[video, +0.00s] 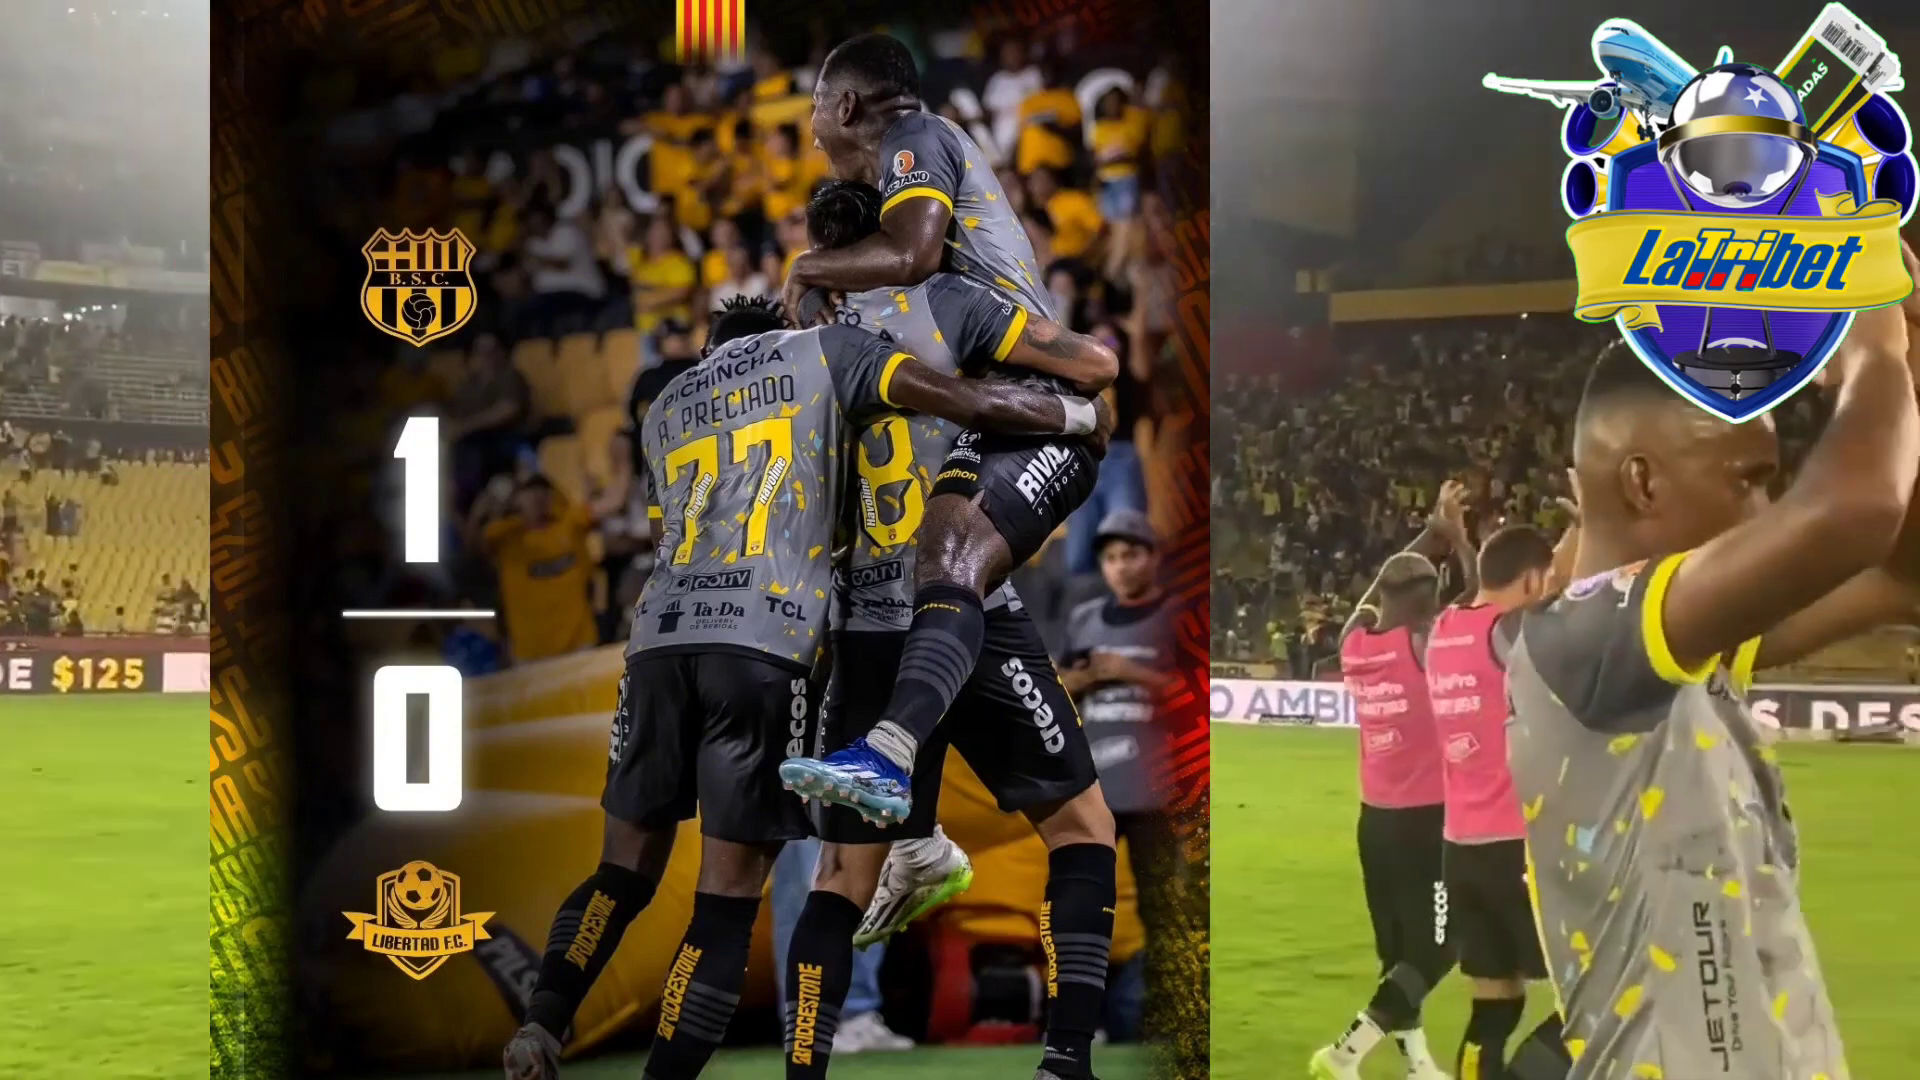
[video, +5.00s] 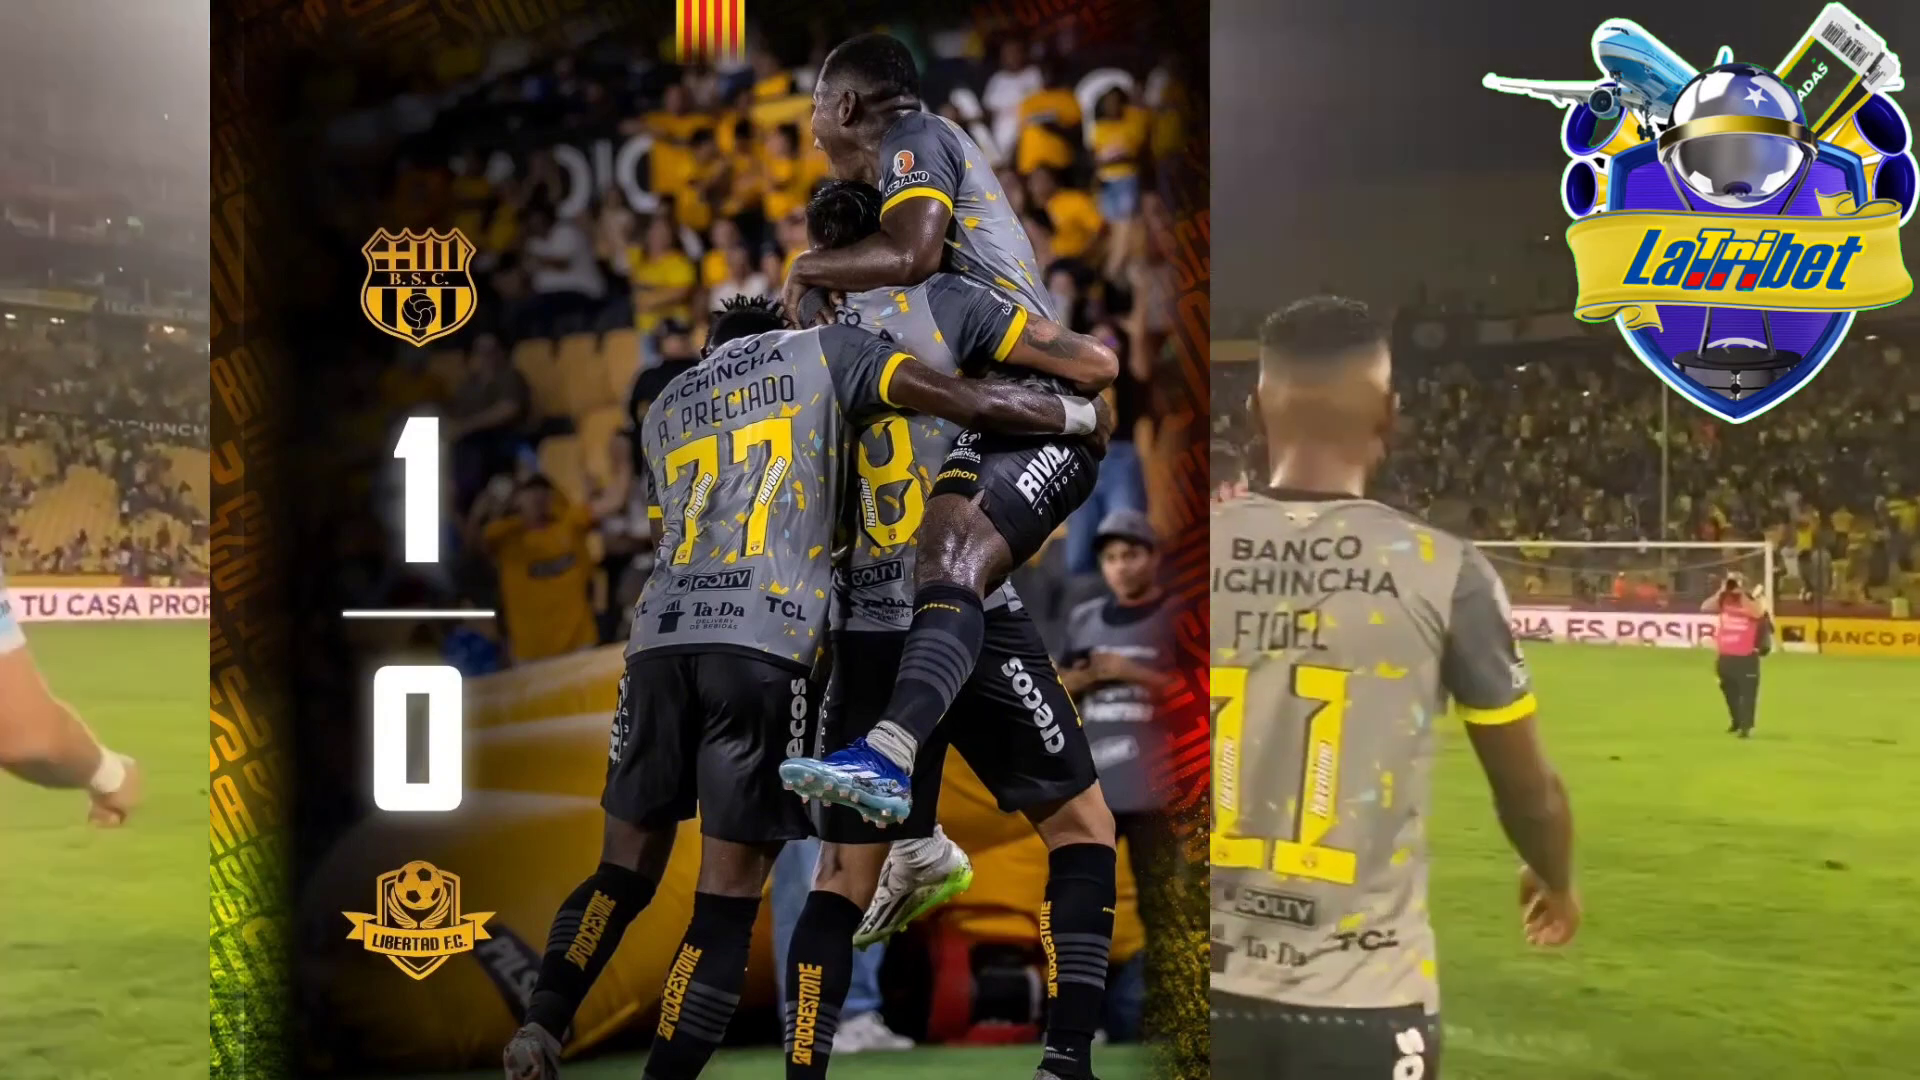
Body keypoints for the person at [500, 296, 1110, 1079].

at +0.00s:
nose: (828, 326)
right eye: (816, 319)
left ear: (709, 345)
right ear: (792, 324)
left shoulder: (661, 406)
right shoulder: (829, 348)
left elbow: (681, 519)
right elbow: (969, 399)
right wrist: (1087, 418)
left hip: (658, 648)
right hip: (762, 648)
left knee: (623, 865)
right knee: (728, 891)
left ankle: (542, 1027)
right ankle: (667, 1076)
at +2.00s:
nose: (826, 325)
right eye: (814, 319)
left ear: (709, 346)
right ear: (792, 324)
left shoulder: (660, 405)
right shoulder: (830, 348)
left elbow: (680, 520)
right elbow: (970, 400)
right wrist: (1088, 417)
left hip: (657, 648)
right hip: (762, 649)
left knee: (623, 865)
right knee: (727, 892)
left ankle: (542, 1028)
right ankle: (667, 1075)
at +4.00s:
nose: (828, 326)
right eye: (816, 319)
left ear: (709, 345)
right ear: (792, 324)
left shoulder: (661, 406)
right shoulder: (829, 348)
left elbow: (681, 519)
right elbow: (969, 399)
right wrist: (1087, 418)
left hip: (657, 648)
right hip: (762, 648)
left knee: (623, 866)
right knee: (728, 891)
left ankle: (542, 1027)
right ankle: (667, 1076)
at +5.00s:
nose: (827, 325)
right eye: (815, 318)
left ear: (709, 345)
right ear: (791, 323)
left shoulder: (661, 407)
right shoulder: (830, 348)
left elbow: (679, 521)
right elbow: (973, 400)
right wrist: (1090, 416)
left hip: (657, 648)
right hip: (761, 648)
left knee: (624, 865)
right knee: (727, 891)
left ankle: (542, 1027)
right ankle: (667, 1074)